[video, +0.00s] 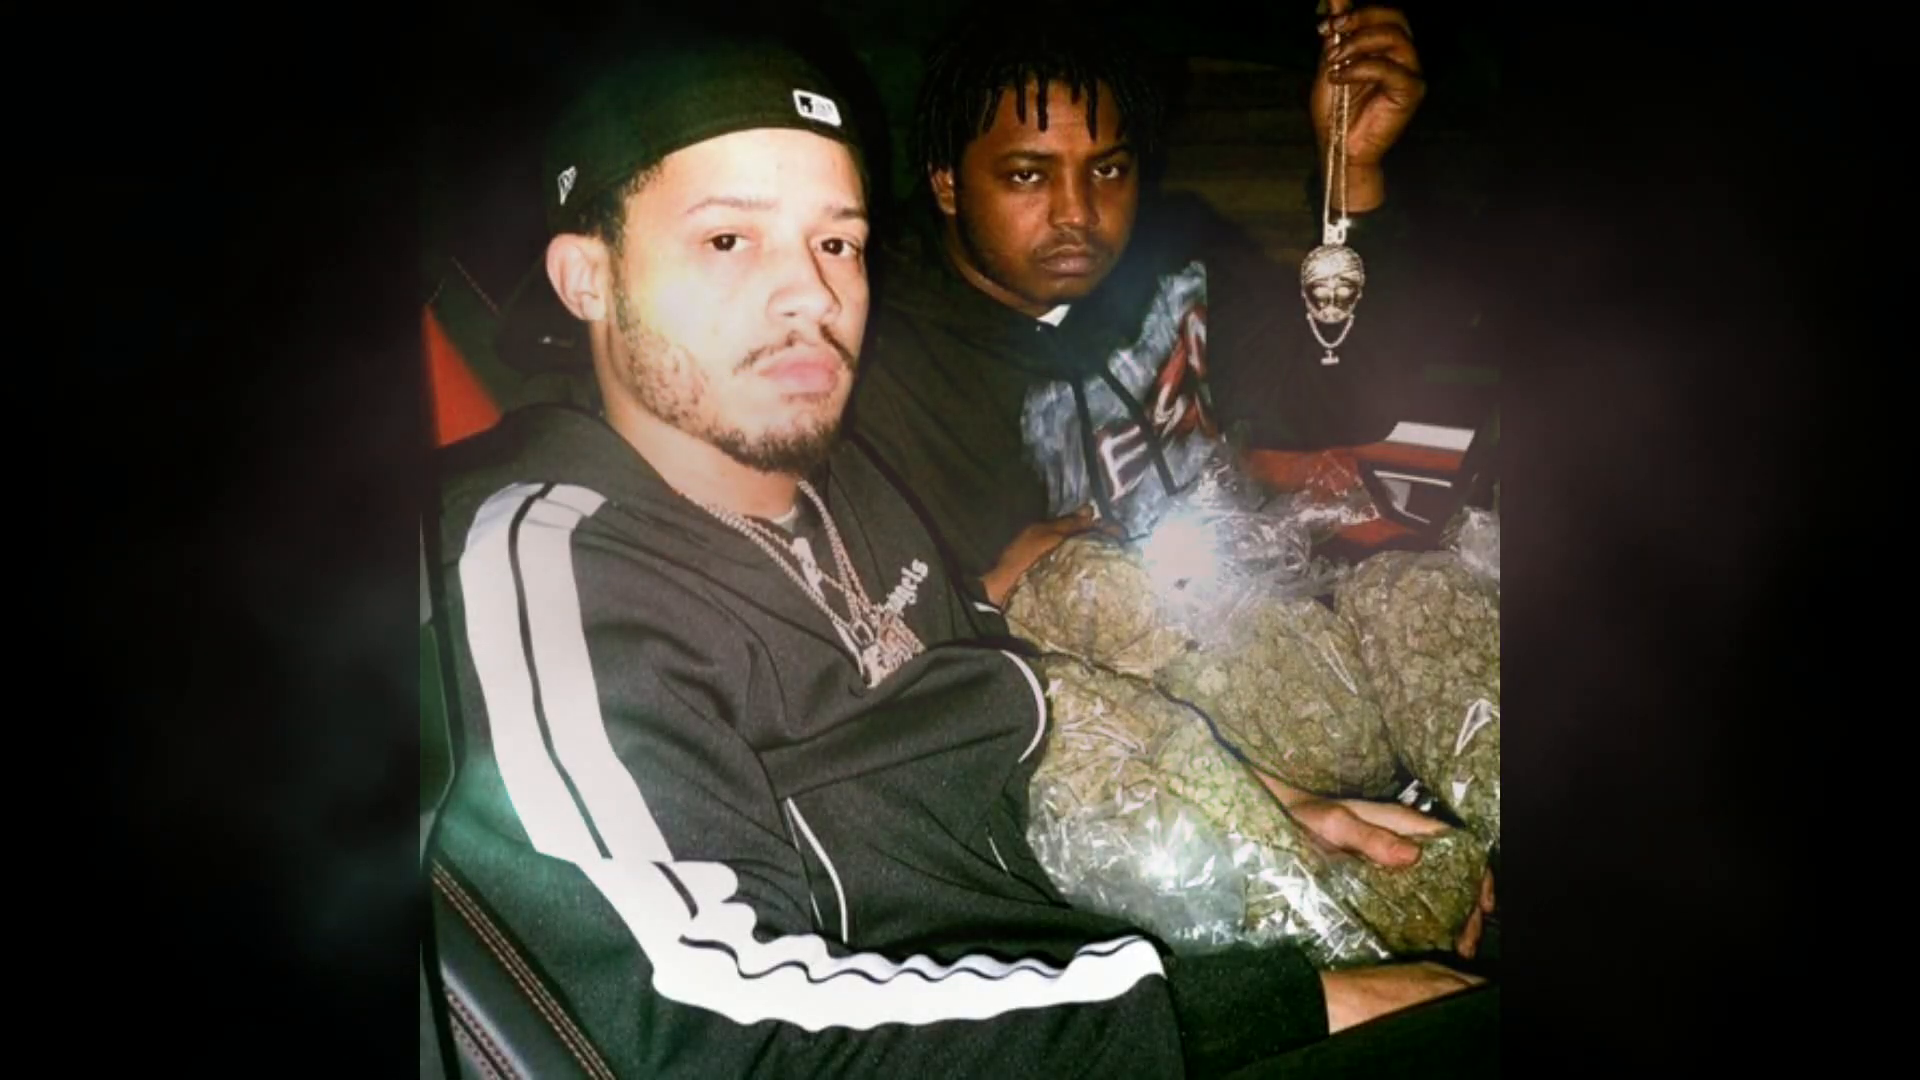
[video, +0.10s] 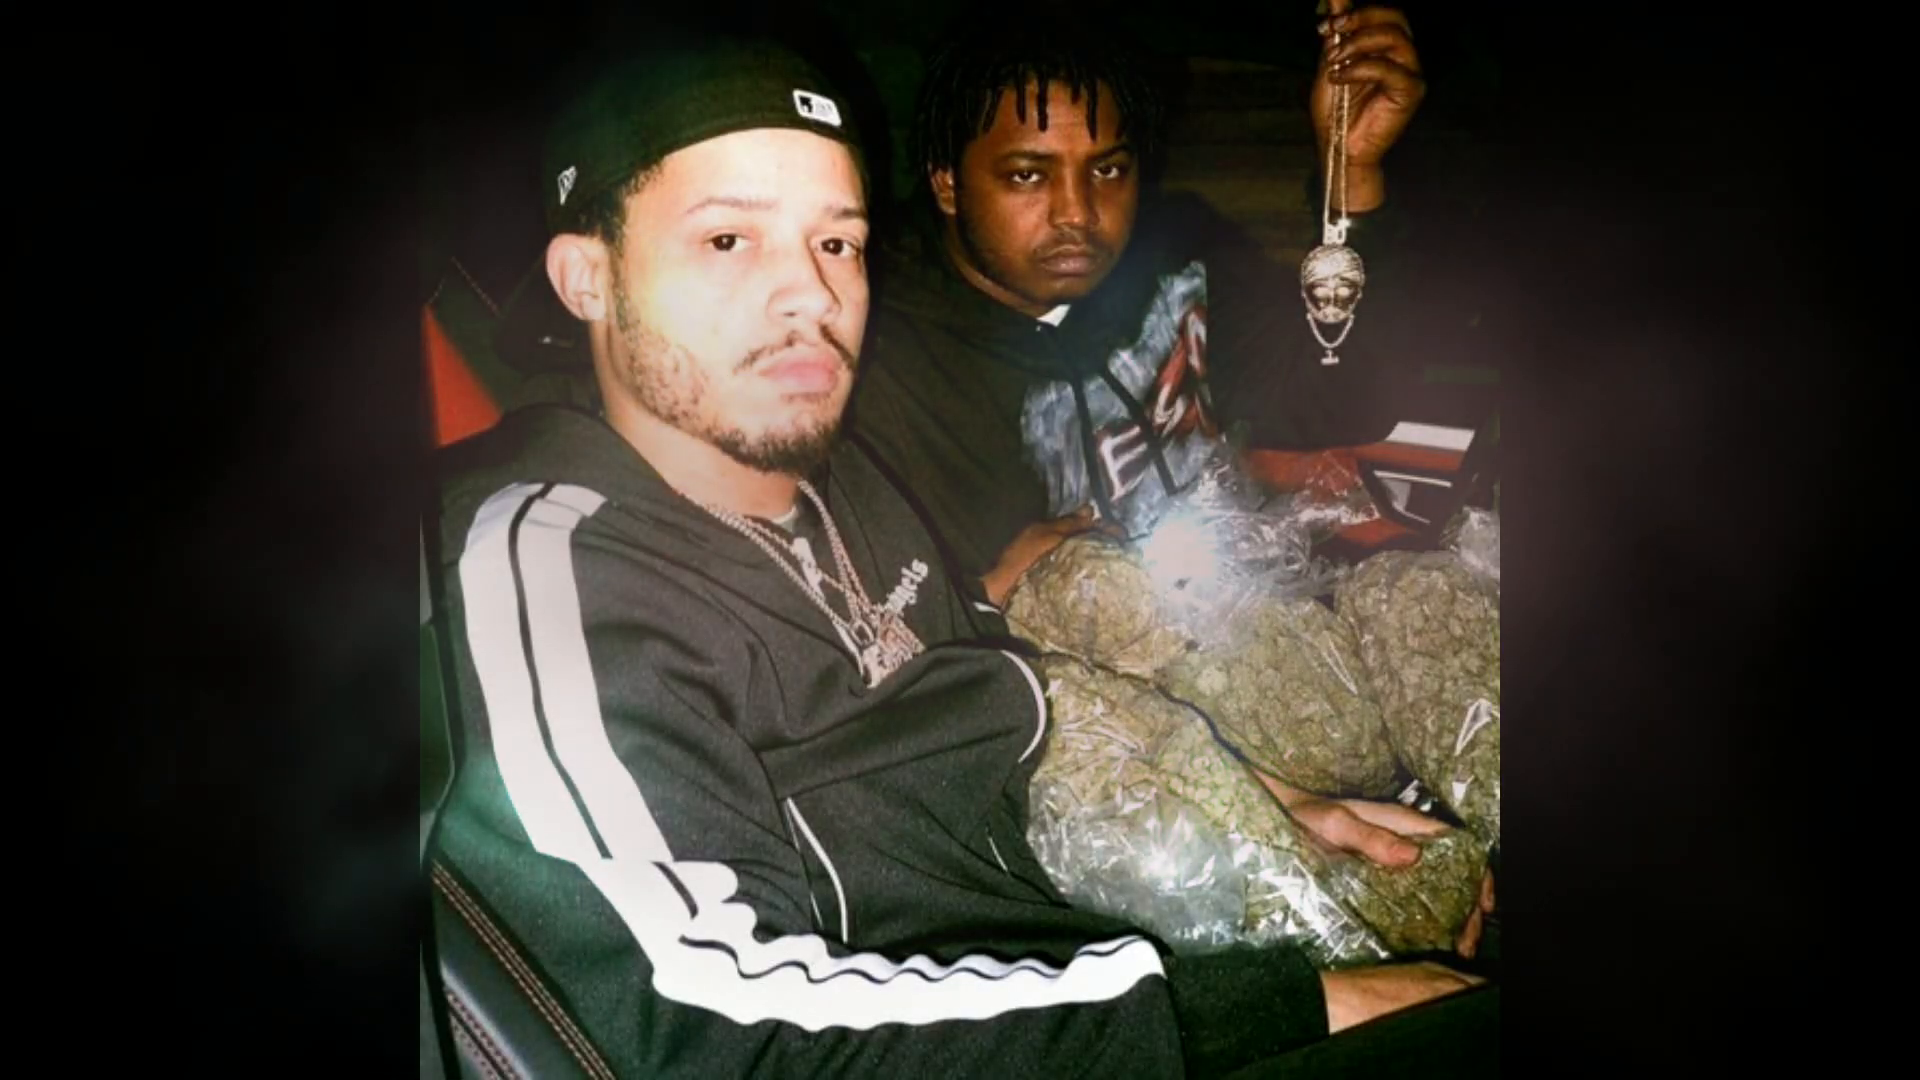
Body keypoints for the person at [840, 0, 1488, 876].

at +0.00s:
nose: (1076, 218)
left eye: (1107, 172)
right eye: (1026, 176)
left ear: (1138, 170)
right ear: (946, 186)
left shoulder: (1183, 249)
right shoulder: (896, 353)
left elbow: (1341, 420)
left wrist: (1353, 175)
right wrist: (990, 583)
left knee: (1448, 607)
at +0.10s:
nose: (1075, 218)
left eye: (1106, 172)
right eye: (1026, 176)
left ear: (1138, 171)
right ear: (946, 186)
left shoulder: (1183, 249)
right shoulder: (899, 353)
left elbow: (1336, 418)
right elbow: (1020, 570)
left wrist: (1351, 176)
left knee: (1434, 595)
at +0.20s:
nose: (1076, 218)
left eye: (1106, 172)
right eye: (1026, 176)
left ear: (1138, 169)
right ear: (946, 186)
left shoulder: (1184, 249)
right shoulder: (899, 353)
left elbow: (1339, 425)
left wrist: (1352, 175)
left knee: (1441, 599)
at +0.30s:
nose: (1076, 217)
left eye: (1106, 171)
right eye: (1026, 176)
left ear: (1138, 171)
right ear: (947, 187)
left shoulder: (1183, 253)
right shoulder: (893, 354)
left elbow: (1338, 421)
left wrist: (1352, 175)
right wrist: (995, 581)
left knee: (1431, 593)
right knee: (1083, 577)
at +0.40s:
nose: (1076, 218)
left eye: (1106, 171)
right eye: (1026, 176)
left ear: (1138, 171)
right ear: (947, 187)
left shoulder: (1183, 252)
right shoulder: (891, 354)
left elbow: (1338, 419)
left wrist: (1353, 174)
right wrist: (996, 581)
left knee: (1439, 595)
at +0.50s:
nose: (1075, 217)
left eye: (1106, 172)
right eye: (1026, 176)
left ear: (1138, 171)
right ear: (947, 187)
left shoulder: (1183, 255)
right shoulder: (886, 358)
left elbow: (1342, 419)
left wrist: (1353, 176)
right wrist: (994, 587)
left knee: (1442, 600)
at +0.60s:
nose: (1075, 218)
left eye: (1106, 171)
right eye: (1026, 176)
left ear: (1138, 171)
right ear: (947, 187)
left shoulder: (1180, 253)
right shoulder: (885, 353)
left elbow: (1339, 422)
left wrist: (1352, 175)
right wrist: (992, 583)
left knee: (1426, 594)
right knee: (1082, 574)